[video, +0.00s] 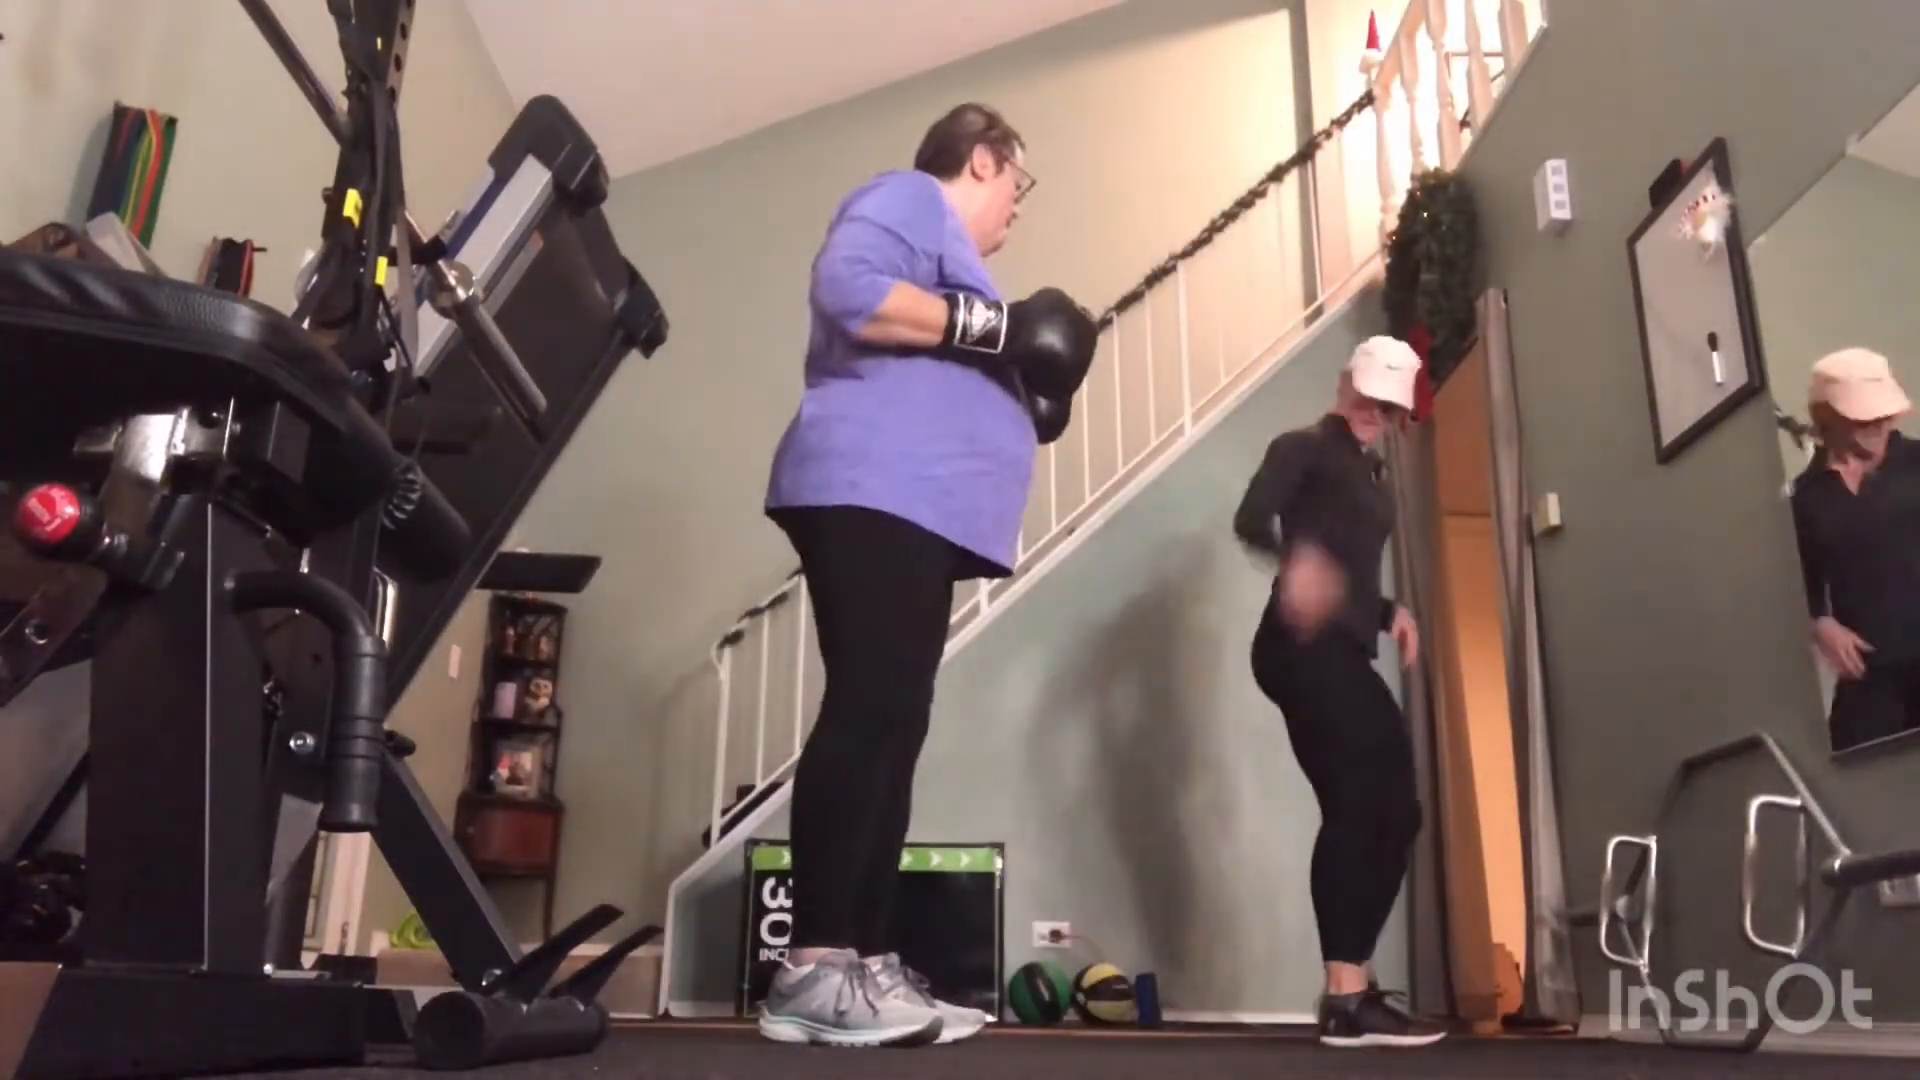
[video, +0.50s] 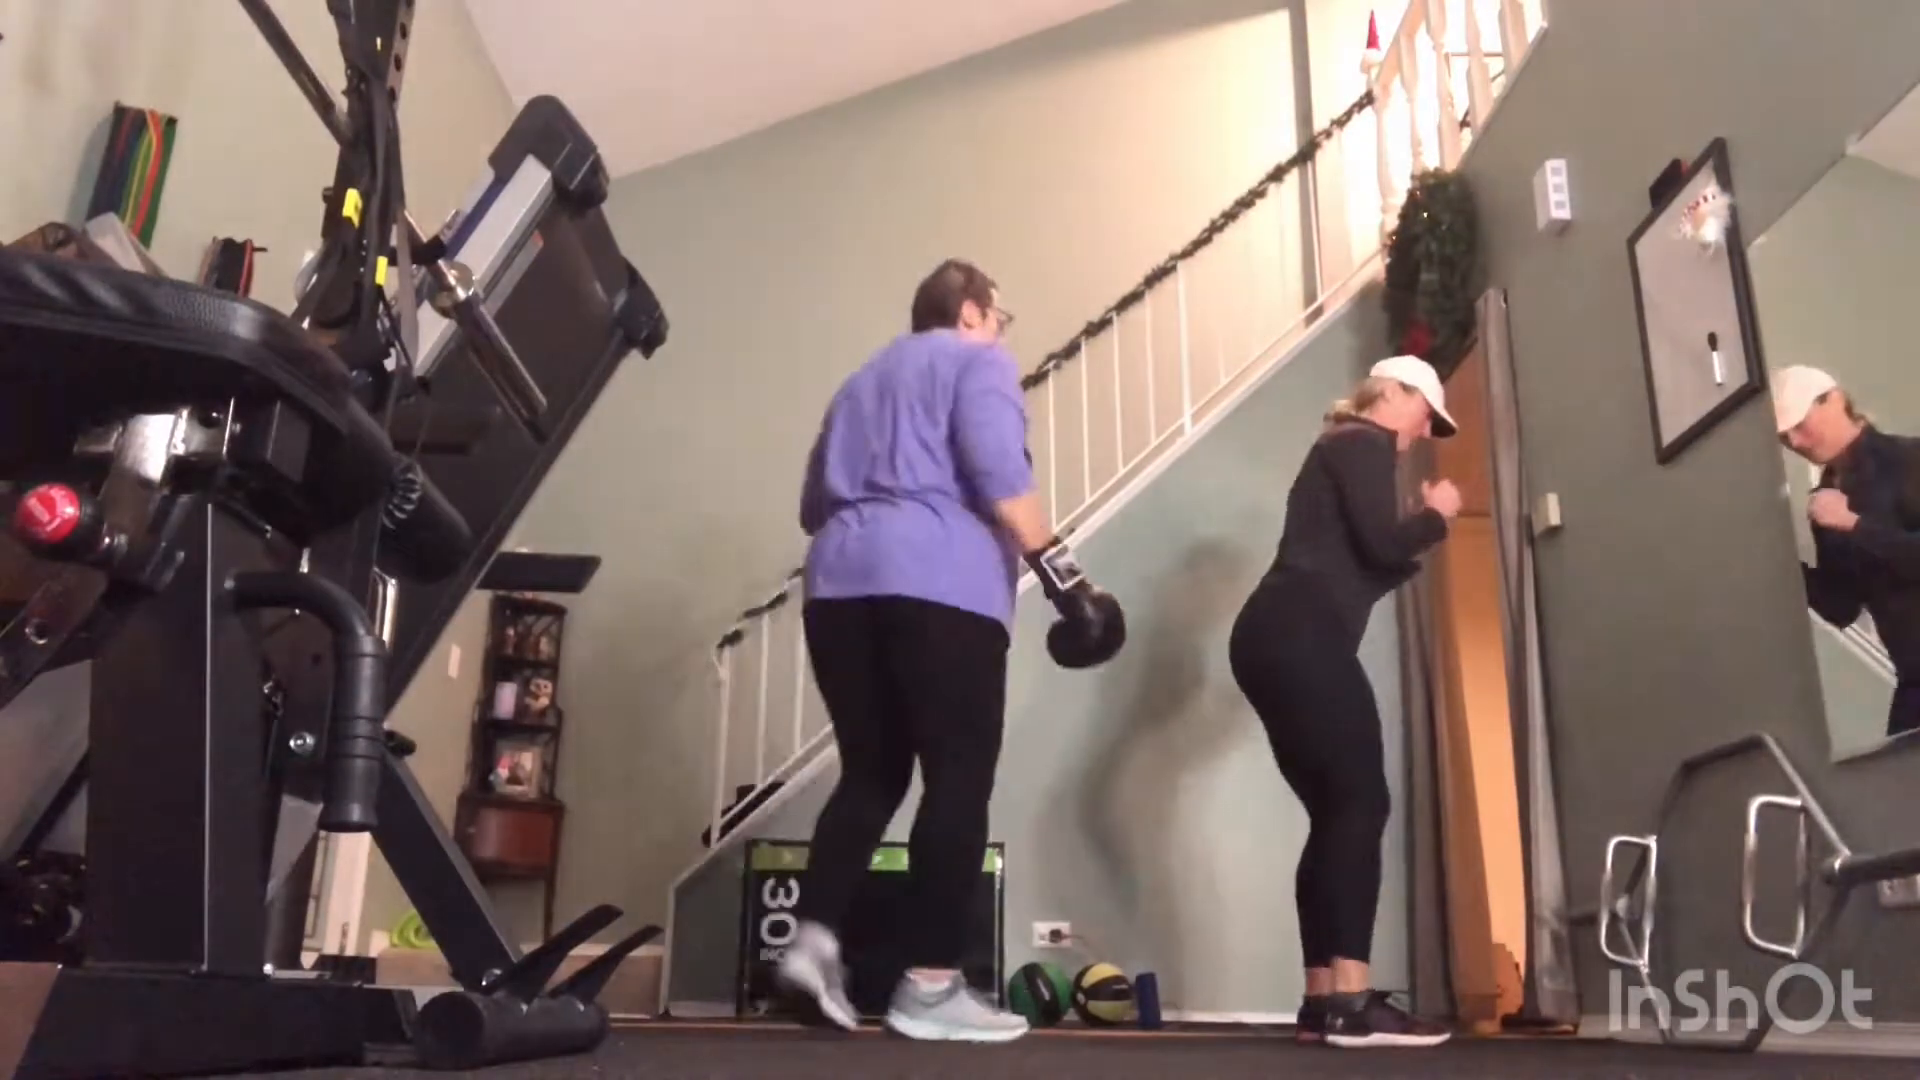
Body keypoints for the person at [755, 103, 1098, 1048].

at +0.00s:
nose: (1020, 211)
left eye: (1023, 196)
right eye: (1019, 189)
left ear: (977, 171)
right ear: (984, 162)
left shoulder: (962, 270)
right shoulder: (910, 192)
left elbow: (984, 415)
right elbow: (848, 291)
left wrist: (1039, 386)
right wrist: (988, 323)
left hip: (914, 511)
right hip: (868, 492)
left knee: (892, 727)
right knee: (868, 719)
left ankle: (864, 966)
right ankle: (816, 967)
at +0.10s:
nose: (1027, 213)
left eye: (1030, 199)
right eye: (1026, 191)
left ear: (985, 173)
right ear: (993, 163)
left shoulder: (967, 266)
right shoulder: (921, 189)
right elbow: (858, 288)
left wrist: (1038, 391)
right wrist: (994, 326)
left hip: (910, 504)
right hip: (870, 487)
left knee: (892, 722)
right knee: (883, 717)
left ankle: (854, 963)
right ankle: (825, 964)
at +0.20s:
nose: (1029, 223)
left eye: (1035, 209)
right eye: (1032, 202)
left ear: (961, 155)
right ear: (1011, 171)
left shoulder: (876, 215)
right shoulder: (966, 189)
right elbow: (928, 283)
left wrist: (1028, 369)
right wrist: (1047, 353)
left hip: (801, 476)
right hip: (855, 482)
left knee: (850, 709)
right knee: (854, 708)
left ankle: (830, 951)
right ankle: (802, 963)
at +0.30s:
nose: (988, 247)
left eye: (986, 234)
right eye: (984, 232)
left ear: (898, 214)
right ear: (957, 216)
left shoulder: (811, 288)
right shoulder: (940, 251)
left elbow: (740, 413)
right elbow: (948, 353)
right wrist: (1026, 428)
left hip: (758, 510)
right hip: (870, 511)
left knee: (792, 734)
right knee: (864, 722)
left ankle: (775, 976)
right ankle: (806, 961)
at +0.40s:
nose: (965, 291)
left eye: (964, 280)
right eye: (961, 277)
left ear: (881, 272)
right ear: (932, 267)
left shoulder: (817, 338)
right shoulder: (925, 305)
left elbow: (776, 456)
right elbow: (925, 399)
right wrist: (988, 510)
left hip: (778, 552)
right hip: (892, 554)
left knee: (796, 759)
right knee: (947, 755)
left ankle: (770, 980)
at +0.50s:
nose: (999, 331)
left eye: (998, 319)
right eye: (996, 318)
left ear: (923, 314)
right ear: (972, 311)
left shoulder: (857, 384)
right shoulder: (978, 359)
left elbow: (815, 508)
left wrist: (906, 528)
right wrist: (1064, 574)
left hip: (836, 592)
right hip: (943, 588)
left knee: (872, 770)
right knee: (958, 780)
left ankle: (814, 939)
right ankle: (932, 983)